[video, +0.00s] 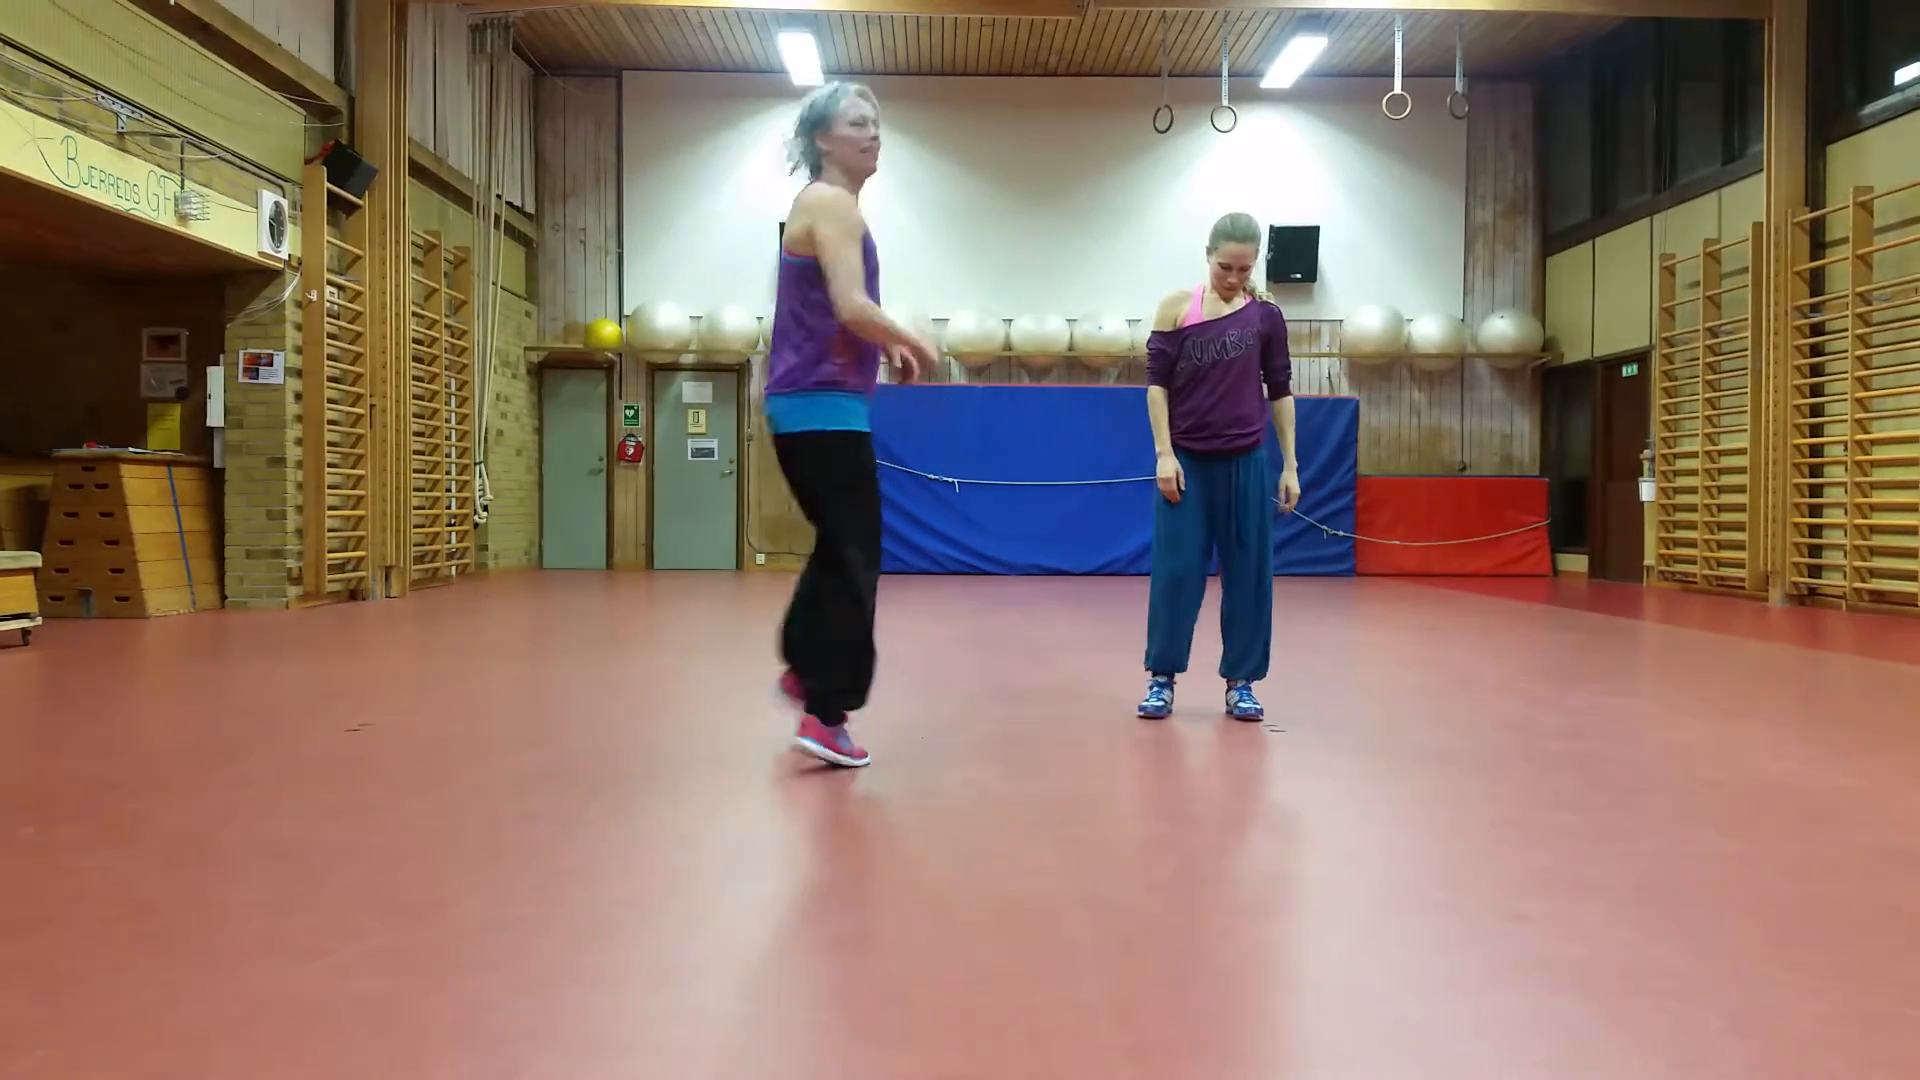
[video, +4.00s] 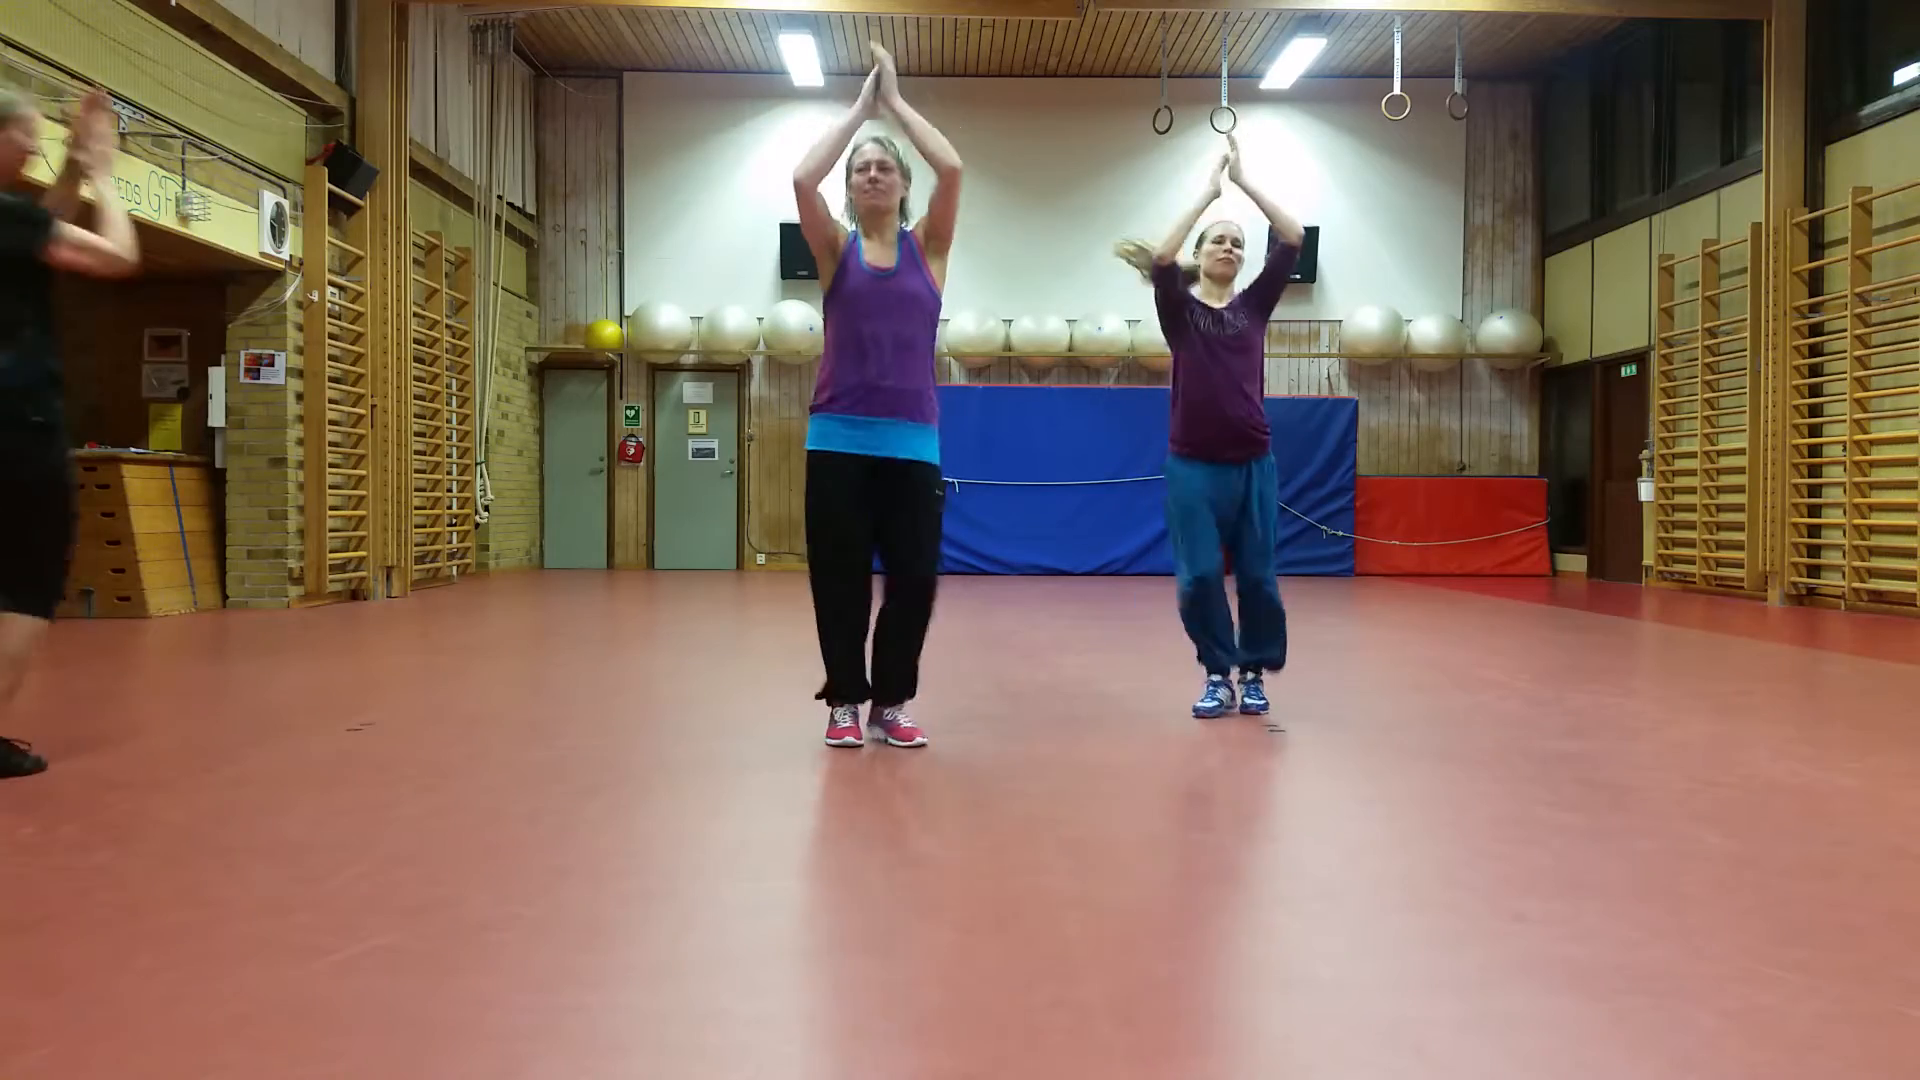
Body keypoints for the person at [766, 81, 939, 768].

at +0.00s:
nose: (874, 136)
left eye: (876, 126)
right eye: (858, 126)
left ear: (871, 139)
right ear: (822, 140)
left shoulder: (817, 205)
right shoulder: (833, 204)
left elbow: (831, 315)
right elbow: (850, 307)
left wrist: (890, 345)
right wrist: (907, 341)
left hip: (807, 409)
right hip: (829, 412)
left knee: (840, 543)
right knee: (856, 551)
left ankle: (804, 666)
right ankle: (826, 717)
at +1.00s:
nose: (807, 180)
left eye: (819, 171)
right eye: (797, 171)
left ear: (839, 185)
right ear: (783, 184)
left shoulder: (858, 245)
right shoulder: (760, 255)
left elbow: (900, 259)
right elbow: (729, 342)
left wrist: (862, 198)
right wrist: (741, 404)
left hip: (850, 429)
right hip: (777, 432)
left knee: (860, 558)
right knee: (766, 566)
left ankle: (874, 681)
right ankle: (763, 690)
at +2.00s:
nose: (849, 176)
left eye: (860, 169)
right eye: (839, 168)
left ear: (877, 187)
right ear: (824, 185)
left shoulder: (898, 248)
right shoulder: (810, 251)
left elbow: (919, 198)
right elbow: (797, 221)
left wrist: (874, 117)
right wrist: (839, 130)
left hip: (892, 431)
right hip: (823, 431)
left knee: (887, 571)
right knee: (819, 570)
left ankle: (882, 700)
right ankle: (838, 698)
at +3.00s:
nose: (870, 151)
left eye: (881, 144)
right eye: (858, 146)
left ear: (901, 161)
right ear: (844, 164)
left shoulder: (926, 225)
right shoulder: (834, 228)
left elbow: (946, 146)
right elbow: (795, 171)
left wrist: (907, 67)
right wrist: (817, 90)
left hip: (917, 415)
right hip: (842, 412)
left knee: (917, 561)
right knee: (830, 545)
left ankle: (915, 698)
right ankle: (846, 677)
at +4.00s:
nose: (873, 173)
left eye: (885, 167)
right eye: (862, 166)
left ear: (904, 185)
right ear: (849, 185)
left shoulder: (928, 249)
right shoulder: (835, 250)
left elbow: (952, 168)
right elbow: (805, 181)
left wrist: (896, 102)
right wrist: (861, 106)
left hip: (913, 440)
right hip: (840, 437)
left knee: (914, 580)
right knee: (840, 578)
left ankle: (891, 701)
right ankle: (846, 703)